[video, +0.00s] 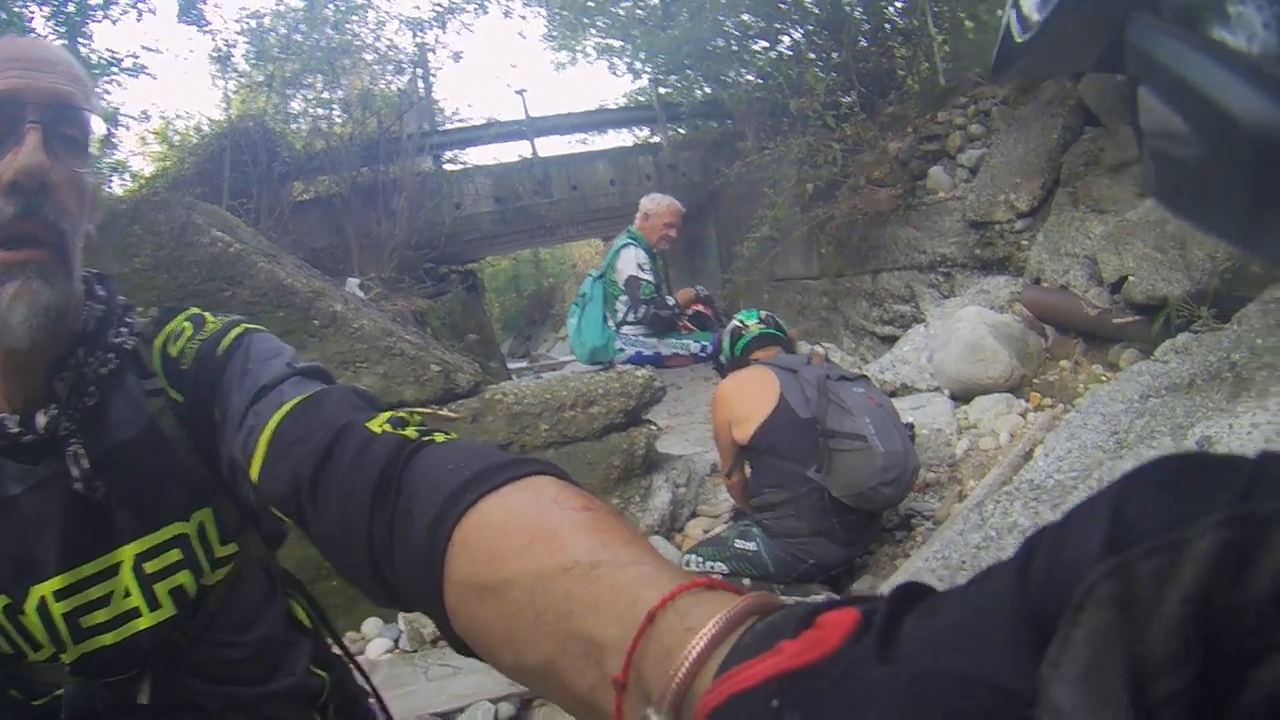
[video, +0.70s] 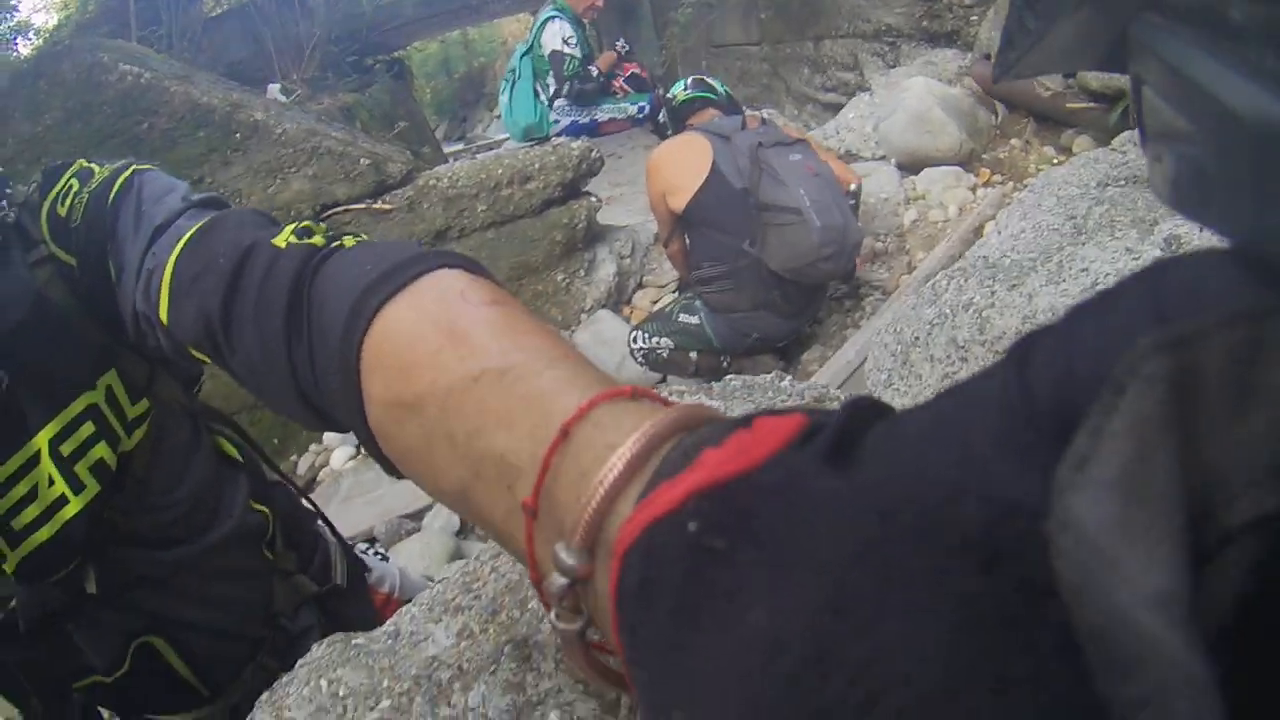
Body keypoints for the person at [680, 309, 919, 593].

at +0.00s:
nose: (721, 366)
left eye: (724, 357)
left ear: (732, 353)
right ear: (787, 343)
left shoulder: (731, 390)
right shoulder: (821, 366)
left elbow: (734, 477)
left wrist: (759, 516)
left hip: (807, 545)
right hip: (864, 528)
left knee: (694, 561)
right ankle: (835, 574)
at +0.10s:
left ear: (664, 303)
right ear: (725, 286)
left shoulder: (667, 338)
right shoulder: (757, 312)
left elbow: (668, 424)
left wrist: (695, 461)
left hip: (739, 495)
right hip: (799, 476)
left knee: (626, 519)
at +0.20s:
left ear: (626, 258)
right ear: (685, 236)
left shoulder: (625, 292)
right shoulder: (718, 265)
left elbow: (631, 376)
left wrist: (655, 414)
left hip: (709, 449)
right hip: (768, 428)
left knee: (599, 466)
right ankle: (750, 468)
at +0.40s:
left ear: (654, 257)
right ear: (714, 240)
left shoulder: (650, 293)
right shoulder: (746, 264)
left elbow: (660, 383)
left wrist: (678, 418)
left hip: (730, 453)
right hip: (790, 432)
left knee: (627, 471)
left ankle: (727, 499)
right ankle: (770, 476)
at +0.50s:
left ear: (652, 231)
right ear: (711, 214)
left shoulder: (646, 266)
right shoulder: (745, 240)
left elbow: (654, 356)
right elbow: (819, 303)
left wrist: (674, 394)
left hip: (721, 425)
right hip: (784, 408)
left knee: (621, 448)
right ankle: (768, 449)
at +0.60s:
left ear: (645, 165)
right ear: (704, 147)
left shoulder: (640, 200)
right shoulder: (741, 173)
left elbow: (648, 287)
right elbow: (815, 226)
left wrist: (665, 327)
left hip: (720, 358)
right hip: (784, 339)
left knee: (618, 380)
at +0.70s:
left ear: (673, 123)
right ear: (729, 104)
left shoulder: (665, 158)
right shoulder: (773, 130)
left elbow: (673, 246)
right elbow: (849, 181)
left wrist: (691, 284)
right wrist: (841, 256)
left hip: (745, 319)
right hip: (808, 298)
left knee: (643, 342)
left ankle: (749, 368)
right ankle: (790, 342)